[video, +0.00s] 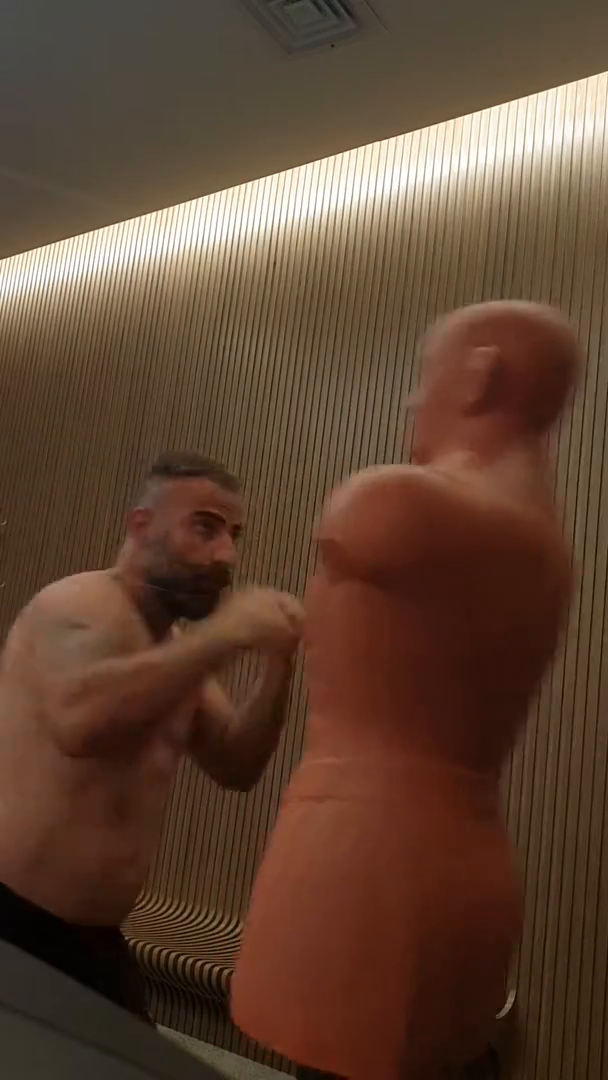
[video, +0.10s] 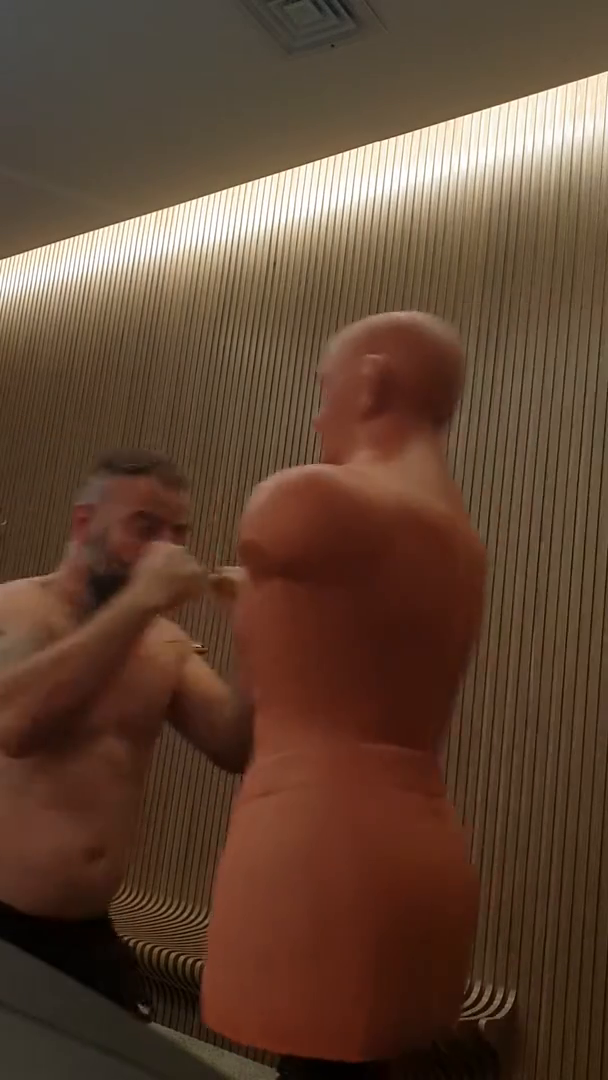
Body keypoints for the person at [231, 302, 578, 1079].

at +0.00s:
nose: (415, 401)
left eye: (427, 375)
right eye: (420, 377)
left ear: (480, 377)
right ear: (548, 403)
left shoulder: (402, 508)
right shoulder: (545, 547)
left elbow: (346, 518)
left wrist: (441, 464)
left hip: (364, 868)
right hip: (462, 861)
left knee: (325, 1062)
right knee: (422, 1065)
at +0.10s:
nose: (317, 417)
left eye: (324, 390)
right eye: (319, 393)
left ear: (372, 386)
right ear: (442, 407)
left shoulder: (305, 504)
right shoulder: (463, 541)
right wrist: (249, 596)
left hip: (310, 847)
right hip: (424, 836)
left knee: (279, 1060)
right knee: (392, 1061)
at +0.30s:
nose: (310, 408)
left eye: (317, 381)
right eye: (312, 383)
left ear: (362, 378)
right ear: (429, 397)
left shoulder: (304, 500)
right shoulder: (450, 535)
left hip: (308, 856)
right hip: (418, 843)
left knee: (275, 1062)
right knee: (385, 1059)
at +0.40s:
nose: (378, 393)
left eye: (390, 368)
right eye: (381, 369)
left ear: (441, 372)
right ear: (499, 394)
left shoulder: (360, 503)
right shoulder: (510, 540)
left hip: (342, 872)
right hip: (450, 861)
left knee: (299, 1063)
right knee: (411, 1064)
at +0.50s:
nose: (435, 391)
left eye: (447, 365)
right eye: (440, 366)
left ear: (498, 374)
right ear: (559, 400)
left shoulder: (414, 505)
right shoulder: (559, 548)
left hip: (368, 881)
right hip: (477, 871)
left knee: (313, 1063)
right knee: (435, 1065)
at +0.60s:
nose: (430, 398)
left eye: (442, 370)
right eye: (435, 371)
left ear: (494, 376)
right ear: (557, 404)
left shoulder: (412, 504)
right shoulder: (557, 548)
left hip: (367, 877)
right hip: (475, 869)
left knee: (309, 1062)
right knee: (426, 1066)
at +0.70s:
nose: (379, 402)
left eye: (389, 376)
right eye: (381, 378)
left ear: (442, 377)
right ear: (505, 404)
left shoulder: (363, 503)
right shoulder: (515, 544)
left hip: (340, 870)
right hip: (450, 861)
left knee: (293, 1062)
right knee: (413, 1063)